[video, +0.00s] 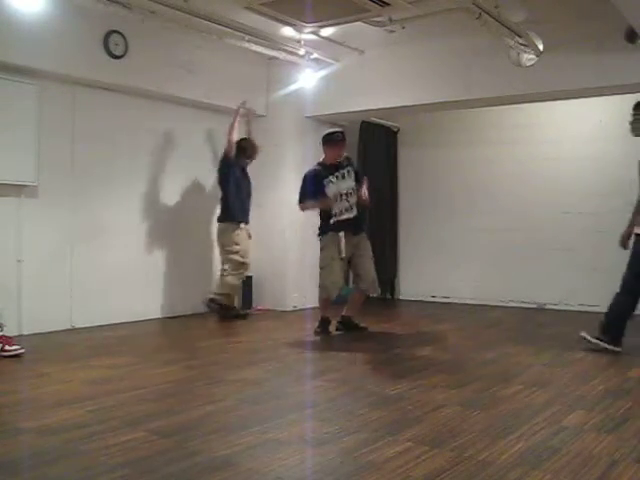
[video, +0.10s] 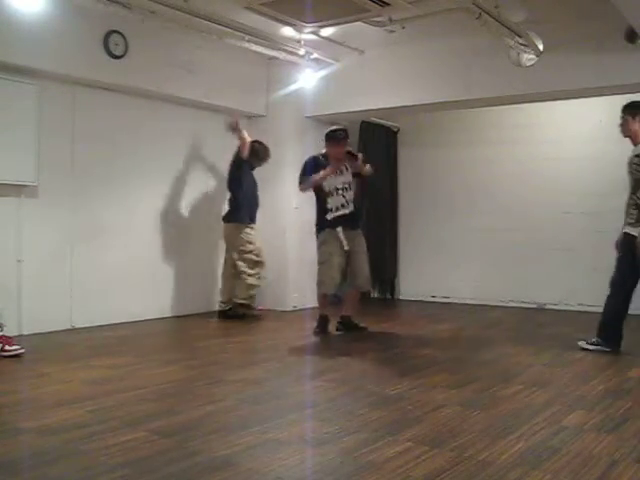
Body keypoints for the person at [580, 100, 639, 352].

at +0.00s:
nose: (633, 123)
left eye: (635, 118)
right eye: (633, 117)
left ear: (639, 120)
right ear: (634, 119)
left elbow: (638, 201)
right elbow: (639, 200)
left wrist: (631, 227)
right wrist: (630, 227)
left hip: (638, 235)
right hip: (638, 234)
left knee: (630, 285)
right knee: (629, 285)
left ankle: (611, 335)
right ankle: (611, 335)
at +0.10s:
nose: (622, 128)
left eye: (625, 121)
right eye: (622, 122)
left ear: (636, 121)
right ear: (632, 122)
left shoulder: (636, 158)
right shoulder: (634, 157)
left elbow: (635, 199)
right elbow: (633, 199)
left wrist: (629, 232)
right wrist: (626, 232)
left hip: (635, 233)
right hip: (632, 233)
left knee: (621, 287)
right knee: (621, 287)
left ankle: (609, 338)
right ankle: (608, 338)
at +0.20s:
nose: (611, 125)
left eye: (614, 119)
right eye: (611, 120)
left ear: (630, 119)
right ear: (628, 120)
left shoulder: (633, 152)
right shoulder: (628, 152)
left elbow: (632, 196)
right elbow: (624, 197)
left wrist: (633, 229)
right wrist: (614, 231)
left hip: (630, 232)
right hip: (625, 231)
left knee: (616, 287)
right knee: (616, 287)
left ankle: (609, 339)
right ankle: (608, 338)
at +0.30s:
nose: (601, 124)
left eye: (604, 119)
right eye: (601, 120)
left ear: (620, 118)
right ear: (616, 120)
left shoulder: (631, 147)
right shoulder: (617, 153)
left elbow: (636, 187)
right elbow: (612, 197)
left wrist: (632, 225)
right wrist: (603, 231)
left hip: (627, 232)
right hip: (616, 231)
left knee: (615, 287)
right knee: (612, 288)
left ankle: (609, 339)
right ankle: (607, 338)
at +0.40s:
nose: (595, 124)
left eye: (599, 119)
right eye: (595, 120)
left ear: (614, 119)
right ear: (608, 121)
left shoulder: (631, 147)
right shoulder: (605, 157)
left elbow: (635, 186)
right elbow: (603, 194)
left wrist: (625, 223)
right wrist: (595, 229)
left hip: (632, 232)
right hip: (613, 232)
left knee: (633, 288)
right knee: (609, 288)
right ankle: (607, 339)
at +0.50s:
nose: (592, 124)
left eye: (596, 119)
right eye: (591, 120)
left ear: (611, 119)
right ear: (600, 122)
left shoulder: (631, 147)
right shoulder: (599, 157)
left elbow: (634, 187)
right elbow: (595, 194)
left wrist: (621, 223)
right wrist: (586, 229)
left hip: (632, 230)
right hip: (610, 231)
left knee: (634, 291)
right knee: (608, 289)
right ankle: (607, 340)